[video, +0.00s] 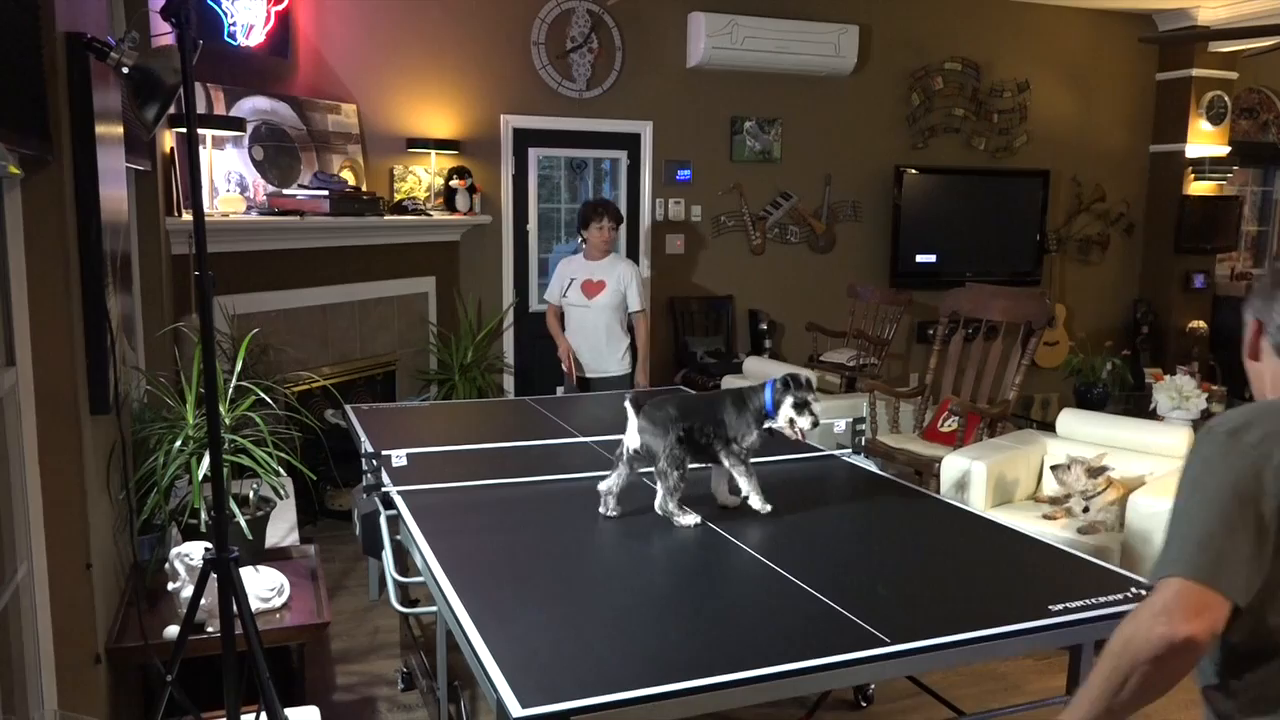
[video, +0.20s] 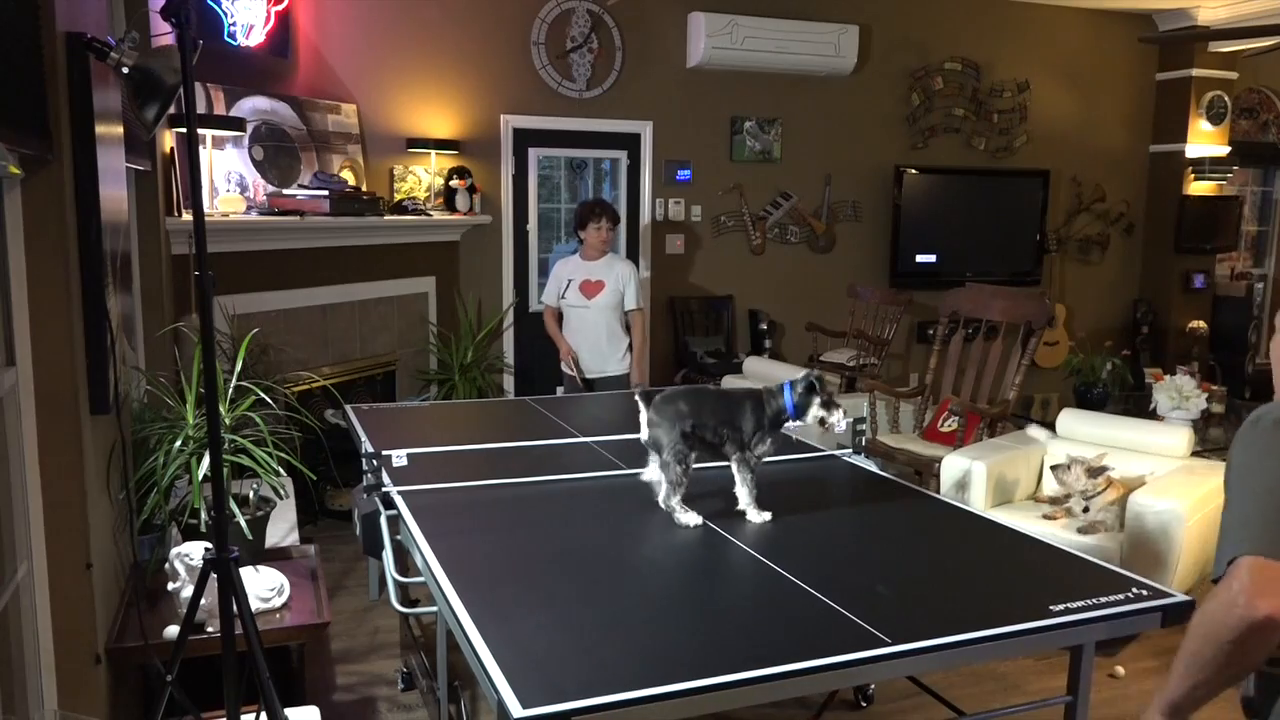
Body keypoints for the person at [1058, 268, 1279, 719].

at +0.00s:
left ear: (1256, 336)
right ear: (1261, 335)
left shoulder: (1251, 438)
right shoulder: (1246, 438)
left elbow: (1183, 624)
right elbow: (1181, 623)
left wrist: (1080, 712)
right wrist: (1086, 708)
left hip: (1257, 705)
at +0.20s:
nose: (1269, 350)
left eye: (1274, 332)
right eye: (1274, 333)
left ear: (1279, 341)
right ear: (1272, 342)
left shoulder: (1268, 427)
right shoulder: (1264, 427)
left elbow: (1260, 602)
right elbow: (1260, 599)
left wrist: (1165, 709)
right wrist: (1167, 708)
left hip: (1272, 705)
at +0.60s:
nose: (1213, 288)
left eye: (1219, 269)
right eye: (1215, 270)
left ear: (1256, 276)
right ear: (1261, 276)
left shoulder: (1244, 409)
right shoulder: (1246, 409)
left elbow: (1209, 633)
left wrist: (1152, 711)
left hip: (1252, 706)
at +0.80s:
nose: (1154, 246)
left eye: (1161, 226)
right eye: (1156, 227)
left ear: (1198, 234)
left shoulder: (1186, 378)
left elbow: (1133, 625)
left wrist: (1098, 704)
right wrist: (1106, 699)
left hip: (1221, 702)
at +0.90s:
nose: (1136, 238)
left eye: (1141, 217)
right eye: (1136, 218)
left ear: (1179, 224)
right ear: (1265, 226)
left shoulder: (1177, 375)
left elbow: (1133, 629)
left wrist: (1086, 703)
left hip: (1210, 701)